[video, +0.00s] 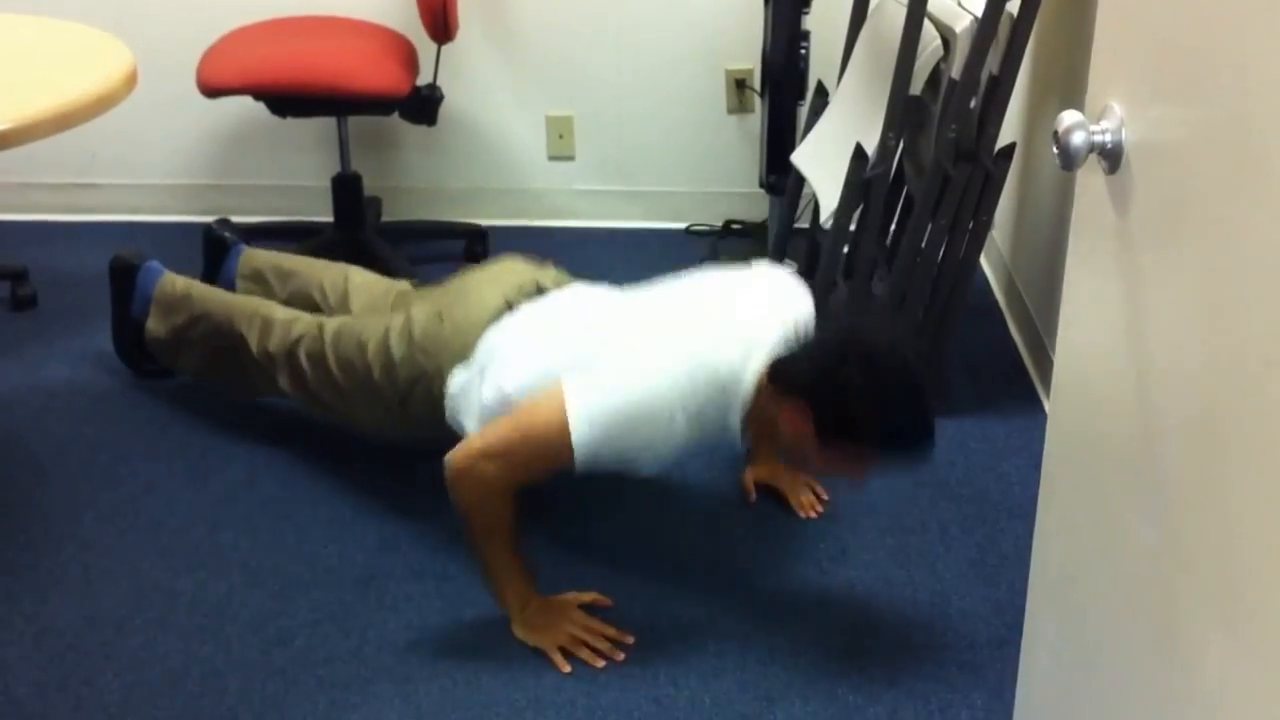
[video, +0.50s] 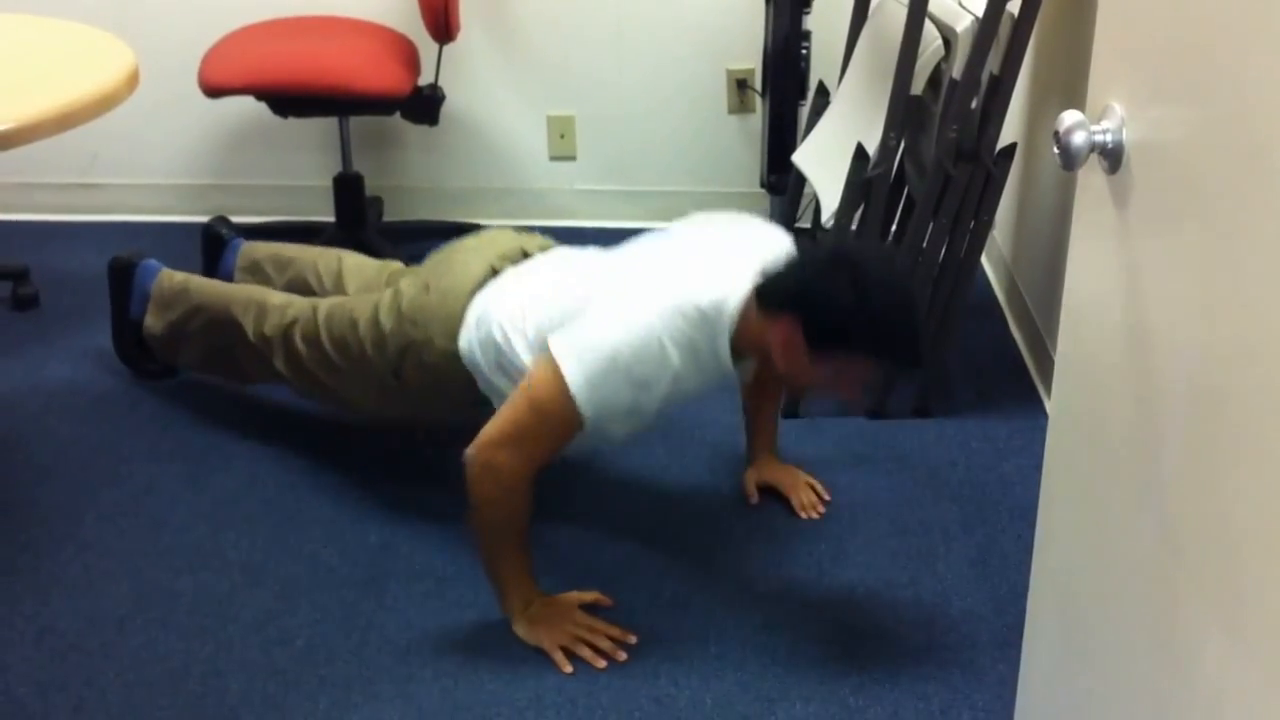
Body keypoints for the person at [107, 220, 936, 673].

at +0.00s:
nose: (837, 471)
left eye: (850, 467)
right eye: (843, 460)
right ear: (803, 421)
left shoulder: (785, 295)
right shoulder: (663, 394)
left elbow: (747, 372)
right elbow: (472, 469)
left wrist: (762, 447)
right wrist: (527, 607)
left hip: (536, 288)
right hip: (466, 364)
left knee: (382, 297)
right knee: (296, 353)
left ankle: (246, 257)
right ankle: (158, 307)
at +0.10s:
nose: (845, 553)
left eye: (862, 545)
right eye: (848, 540)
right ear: (811, 505)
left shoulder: (794, 364)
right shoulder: (675, 466)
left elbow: (772, 308)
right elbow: (475, 481)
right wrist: (525, 608)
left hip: (544, 321)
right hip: (466, 394)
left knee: (395, 317)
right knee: (297, 364)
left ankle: (246, 260)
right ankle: (160, 307)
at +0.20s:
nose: (839, 578)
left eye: (856, 569)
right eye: (847, 567)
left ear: (850, 465)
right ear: (811, 535)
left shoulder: (797, 389)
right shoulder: (679, 483)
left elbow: (781, 314)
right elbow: (481, 484)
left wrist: (770, 462)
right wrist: (527, 606)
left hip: (551, 339)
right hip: (475, 403)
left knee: (395, 323)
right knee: (296, 367)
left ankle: (246, 261)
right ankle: (161, 305)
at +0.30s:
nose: (847, 546)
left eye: (864, 536)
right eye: (852, 532)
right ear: (810, 495)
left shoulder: (791, 365)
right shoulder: (672, 460)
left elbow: (778, 308)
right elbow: (476, 484)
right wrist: (528, 608)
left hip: (544, 318)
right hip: (470, 389)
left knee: (394, 313)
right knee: (294, 361)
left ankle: (246, 259)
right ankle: (160, 306)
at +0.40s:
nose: (837, 463)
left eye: (853, 459)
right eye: (842, 452)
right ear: (798, 415)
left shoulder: (780, 299)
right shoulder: (657, 401)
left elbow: (755, 375)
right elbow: (476, 479)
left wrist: (760, 453)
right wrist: (528, 607)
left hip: (533, 289)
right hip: (469, 366)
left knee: (381, 296)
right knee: (295, 355)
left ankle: (241, 254)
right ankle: (161, 305)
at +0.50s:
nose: (838, 395)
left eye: (857, 387)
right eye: (842, 380)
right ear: (791, 340)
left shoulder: (770, 248)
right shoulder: (644, 345)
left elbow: (765, 357)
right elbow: (493, 462)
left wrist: (762, 454)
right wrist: (527, 606)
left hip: (522, 255)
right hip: (462, 325)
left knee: (375, 282)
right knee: (295, 337)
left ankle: (245, 250)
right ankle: (157, 308)